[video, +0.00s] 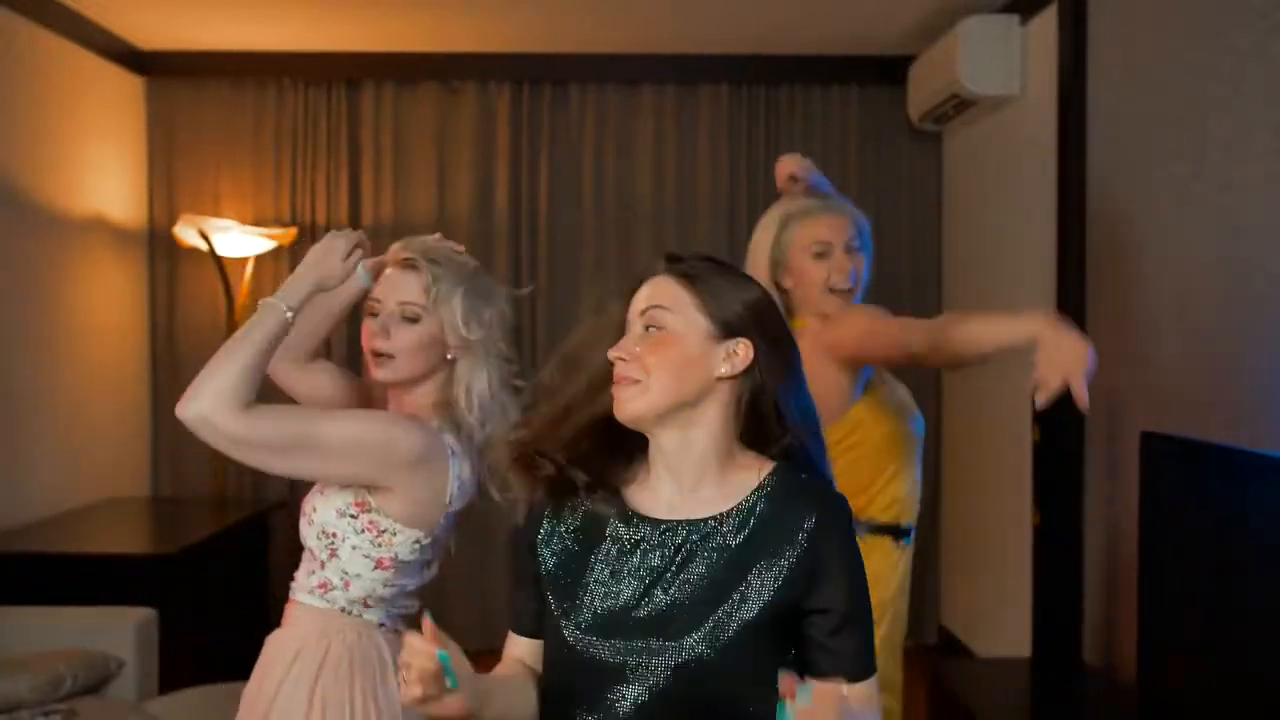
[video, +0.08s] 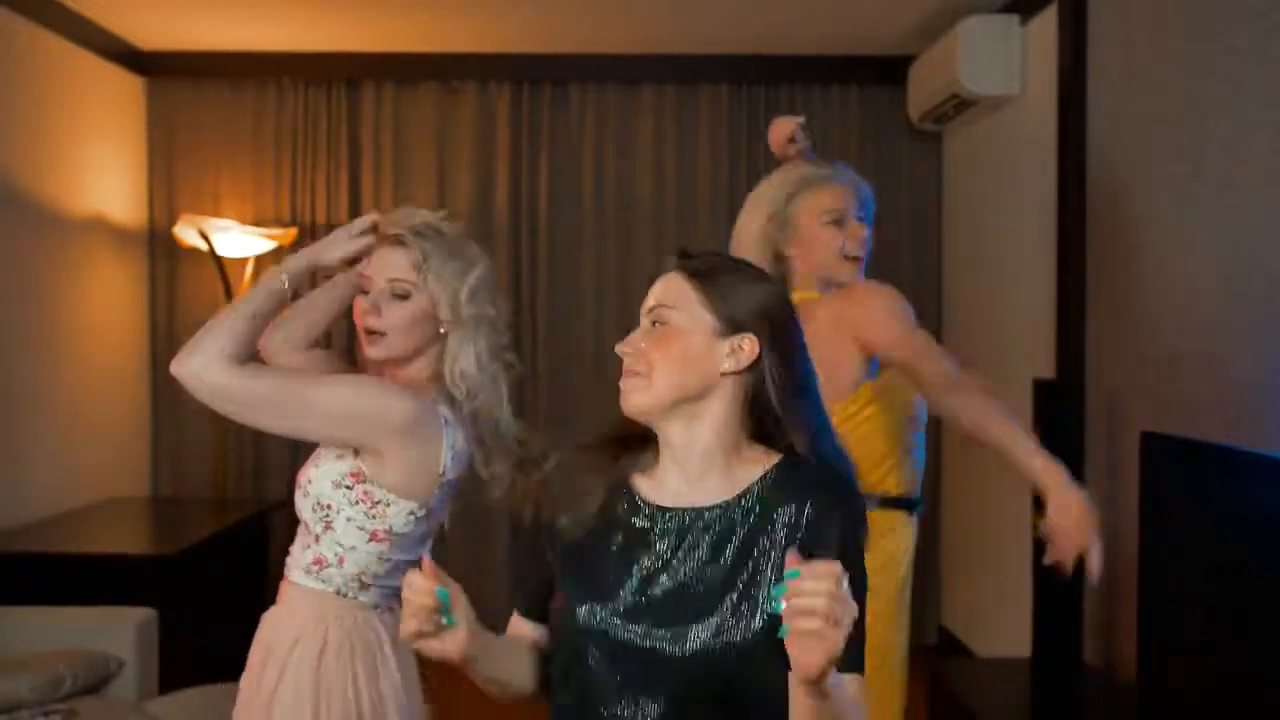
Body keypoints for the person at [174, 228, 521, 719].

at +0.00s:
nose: (378, 332)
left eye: (409, 318)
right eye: (374, 312)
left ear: (458, 339)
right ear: (362, 316)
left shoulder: (412, 445)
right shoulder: (407, 419)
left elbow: (207, 410)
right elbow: (287, 361)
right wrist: (357, 282)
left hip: (335, 663)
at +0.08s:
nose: (367, 309)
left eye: (398, 294)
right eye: (364, 290)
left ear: (449, 313)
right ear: (355, 293)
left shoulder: (400, 413)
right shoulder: (418, 401)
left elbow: (199, 366)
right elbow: (283, 347)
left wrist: (301, 263)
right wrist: (355, 275)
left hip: (328, 647)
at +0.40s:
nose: (342, 306)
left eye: (373, 292)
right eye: (344, 286)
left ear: (426, 311)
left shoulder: (386, 402)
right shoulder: (370, 422)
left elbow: (226, 267)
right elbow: (246, 425)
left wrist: (341, 206)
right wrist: (301, 309)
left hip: (314, 668)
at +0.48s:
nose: (342, 300)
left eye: (374, 286)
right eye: (345, 280)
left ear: (429, 307)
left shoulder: (381, 399)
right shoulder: (363, 408)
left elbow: (223, 265)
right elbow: (239, 393)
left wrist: (341, 202)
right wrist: (303, 298)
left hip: (310, 650)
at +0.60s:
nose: (345, 280)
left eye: (377, 269)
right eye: (349, 262)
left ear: (432, 297)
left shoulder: (375, 391)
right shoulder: (409, 390)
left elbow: (217, 273)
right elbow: (233, 339)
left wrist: (342, 191)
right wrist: (337, 261)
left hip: (304, 631)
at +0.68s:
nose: (355, 283)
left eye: (389, 280)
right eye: (363, 266)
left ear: (433, 320)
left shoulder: (374, 406)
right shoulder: (382, 400)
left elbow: (193, 315)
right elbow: (233, 327)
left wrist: (336, 220)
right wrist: (348, 283)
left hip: (310, 632)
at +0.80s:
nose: (377, 294)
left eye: (411, 297)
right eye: (377, 274)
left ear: (439, 340)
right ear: (356, 281)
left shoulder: (376, 423)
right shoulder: (366, 414)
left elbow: (168, 463)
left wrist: (266, 315)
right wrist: (296, 349)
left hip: (310, 676)